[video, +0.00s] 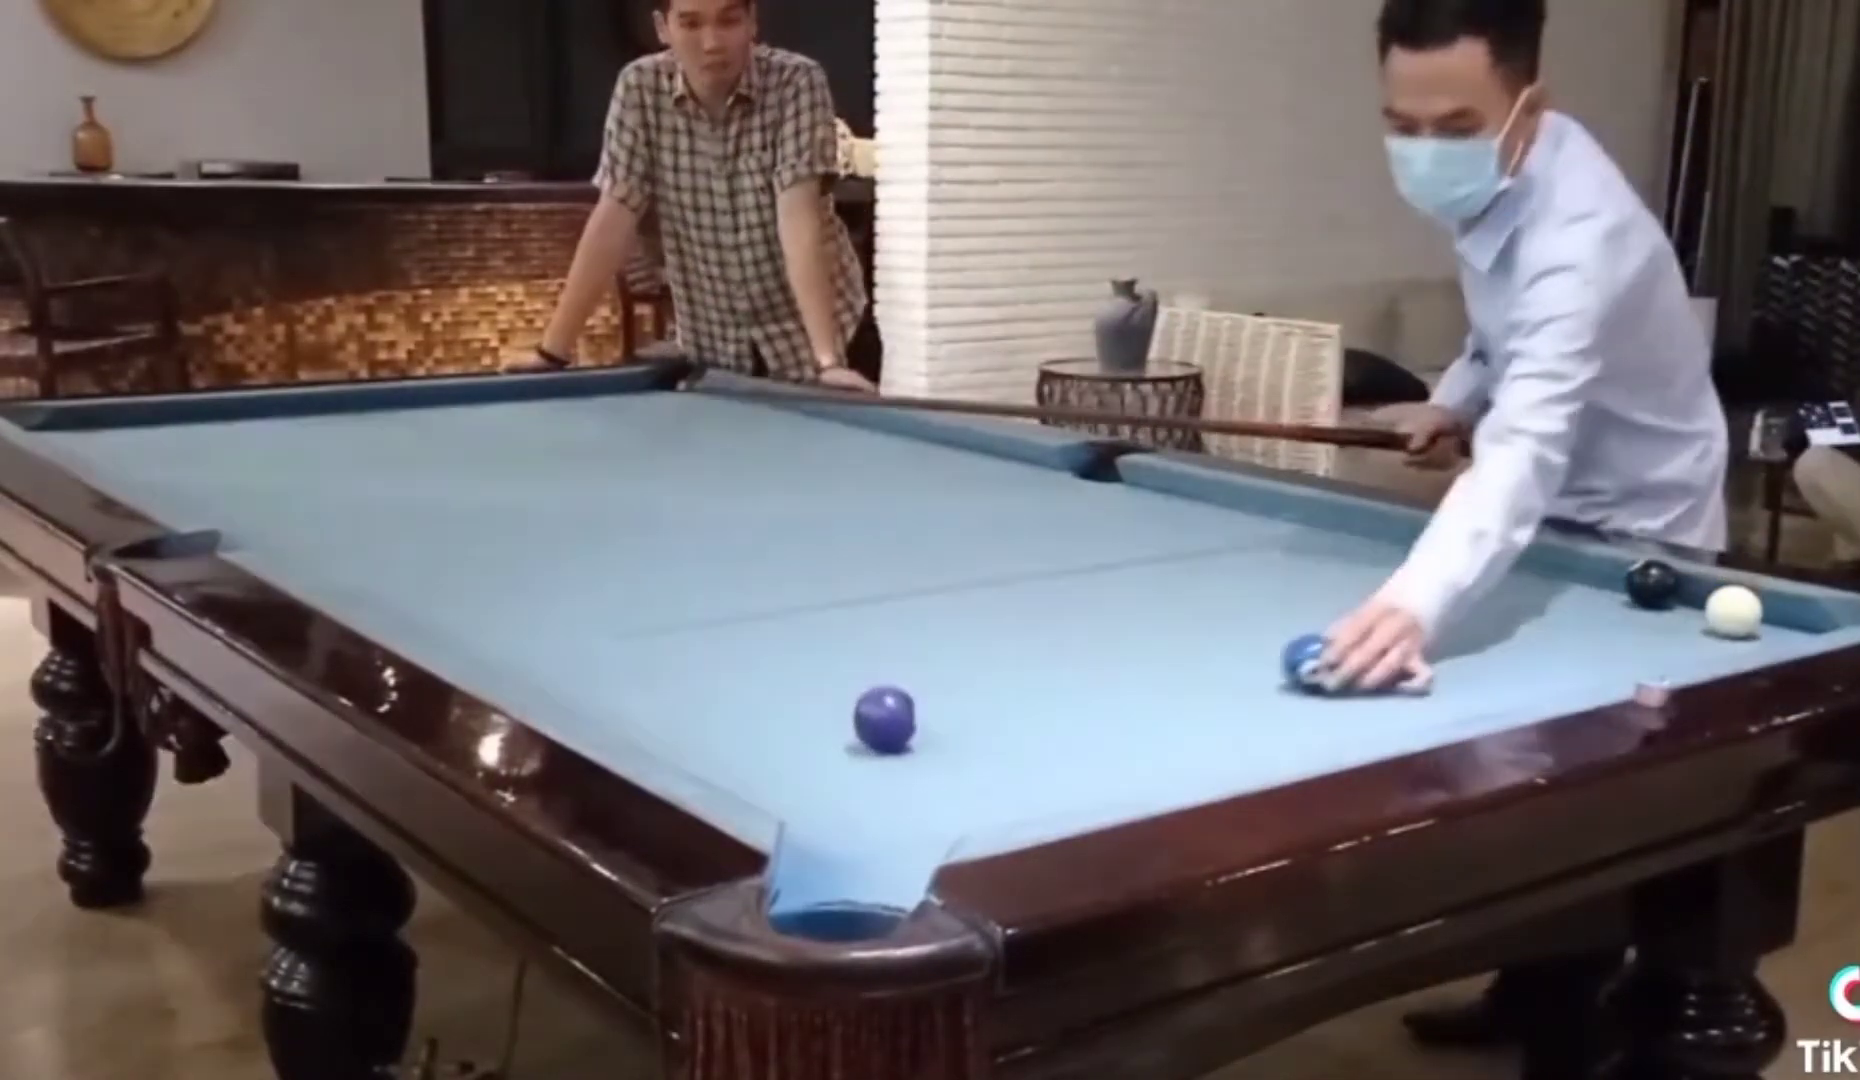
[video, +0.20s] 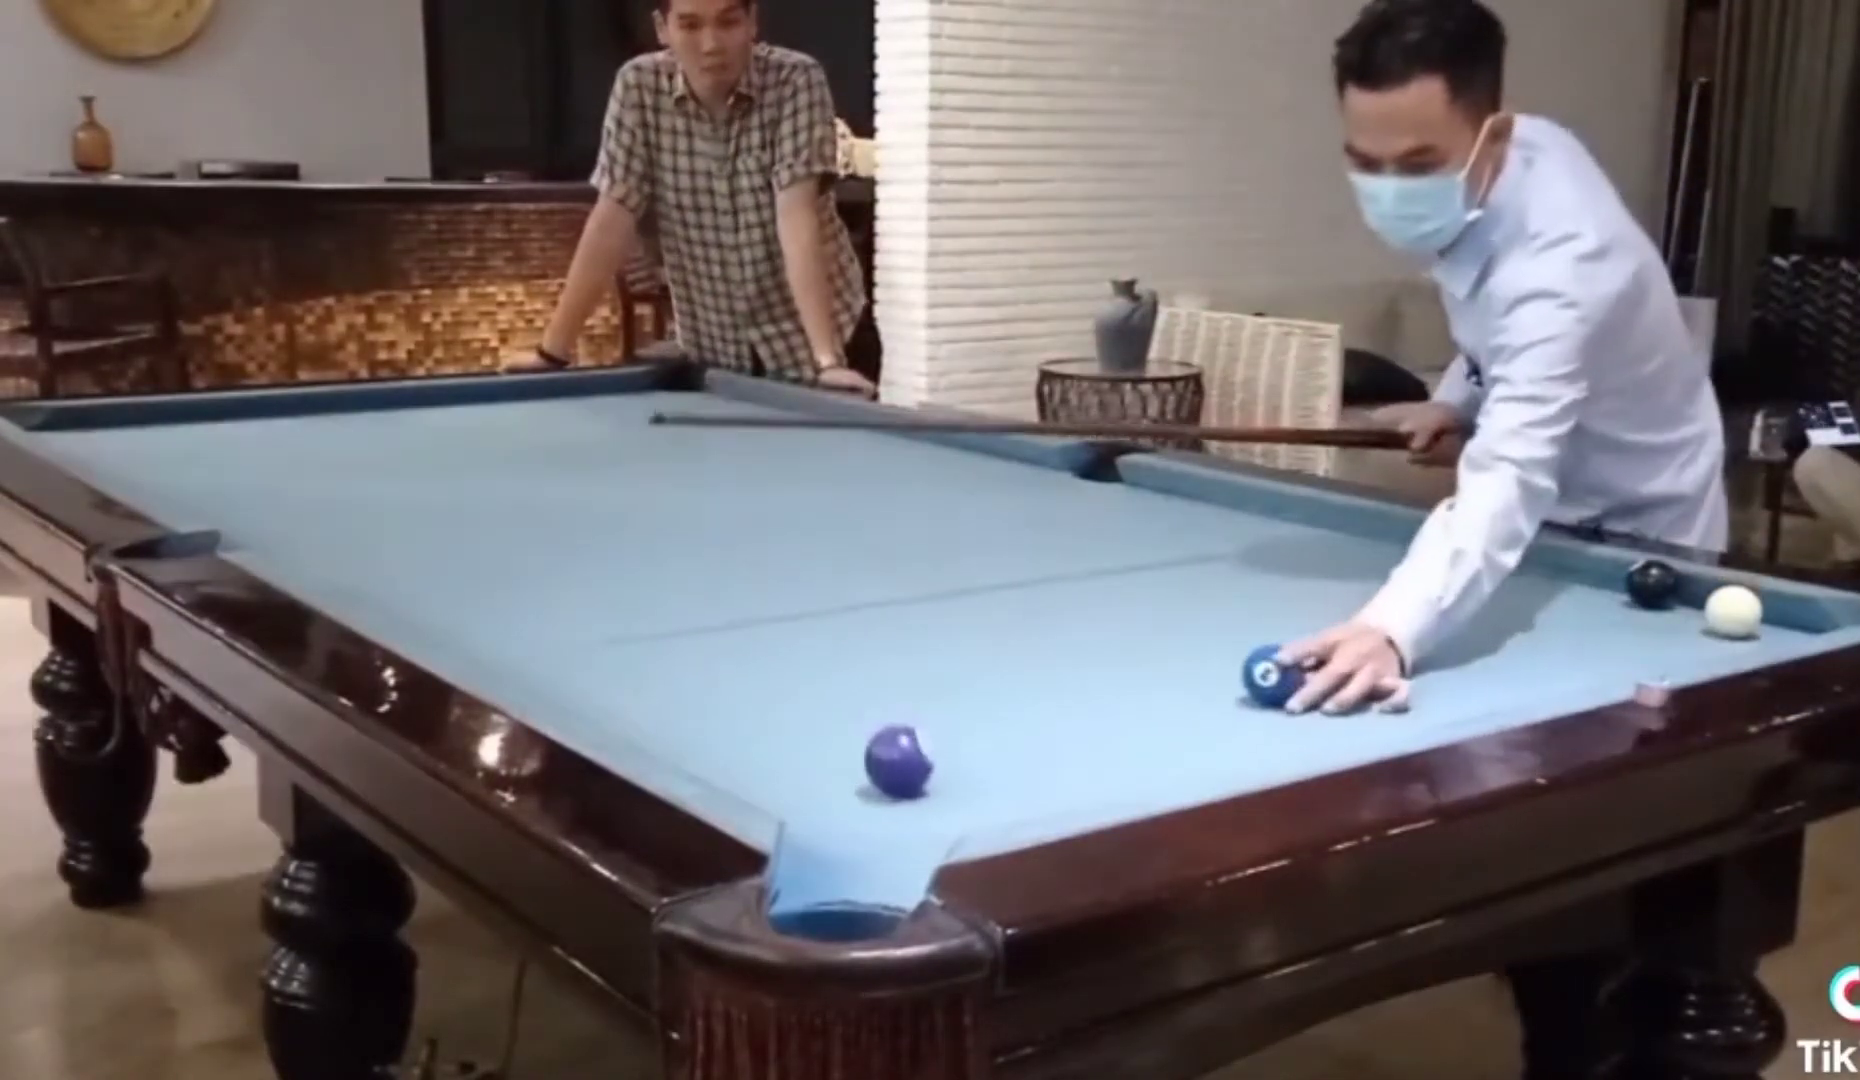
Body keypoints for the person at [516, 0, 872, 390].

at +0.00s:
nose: (711, 41)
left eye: (728, 21)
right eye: (691, 23)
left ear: (753, 24)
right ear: (663, 28)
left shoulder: (795, 82)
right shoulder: (641, 88)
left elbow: (800, 218)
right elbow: (614, 217)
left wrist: (830, 361)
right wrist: (551, 353)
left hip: (819, 345)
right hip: (710, 347)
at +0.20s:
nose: (711, 44)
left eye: (728, 23)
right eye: (691, 25)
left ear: (754, 24)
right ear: (662, 28)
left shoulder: (794, 80)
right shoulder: (640, 86)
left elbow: (799, 217)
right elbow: (614, 215)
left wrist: (828, 359)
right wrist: (553, 351)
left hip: (815, 347)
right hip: (710, 348)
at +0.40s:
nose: (708, 46)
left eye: (726, 24)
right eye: (689, 27)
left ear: (752, 25)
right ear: (661, 30)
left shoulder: (793, 80)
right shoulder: (637, 85)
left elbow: (798, 216)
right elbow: (612, 215)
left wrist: (828, 360)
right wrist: (553, 351)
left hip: (820, 349)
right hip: (711, 352)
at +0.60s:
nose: (707, 47)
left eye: (724, 26)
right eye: (687, 28)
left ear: (751, 24)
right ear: (660, 32)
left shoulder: (792, 80)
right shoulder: (637, 85)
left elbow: (798, 216)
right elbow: (612, 214)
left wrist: (828, 360)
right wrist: (553, 351)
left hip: (820, 349)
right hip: (712, 351)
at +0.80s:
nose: (708, 49)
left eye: (725, 27)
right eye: (688, 30)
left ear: (750, 25)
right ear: (660, 33)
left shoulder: (791, 80)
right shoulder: (636, 85)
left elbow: (798, 214)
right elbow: (612, 213)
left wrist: (828, 359)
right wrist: (553, 351)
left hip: (821, 348)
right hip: (711, 351)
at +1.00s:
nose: (713, 50)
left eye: (729, 28)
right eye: (693, 31)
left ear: (751, 27)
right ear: (662, 35)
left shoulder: (792, 79)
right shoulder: (636, 84)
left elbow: (798, 212)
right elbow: (611, 212)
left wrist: (829, 360)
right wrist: (552, 352)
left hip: (804, 348)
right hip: (706, 347)